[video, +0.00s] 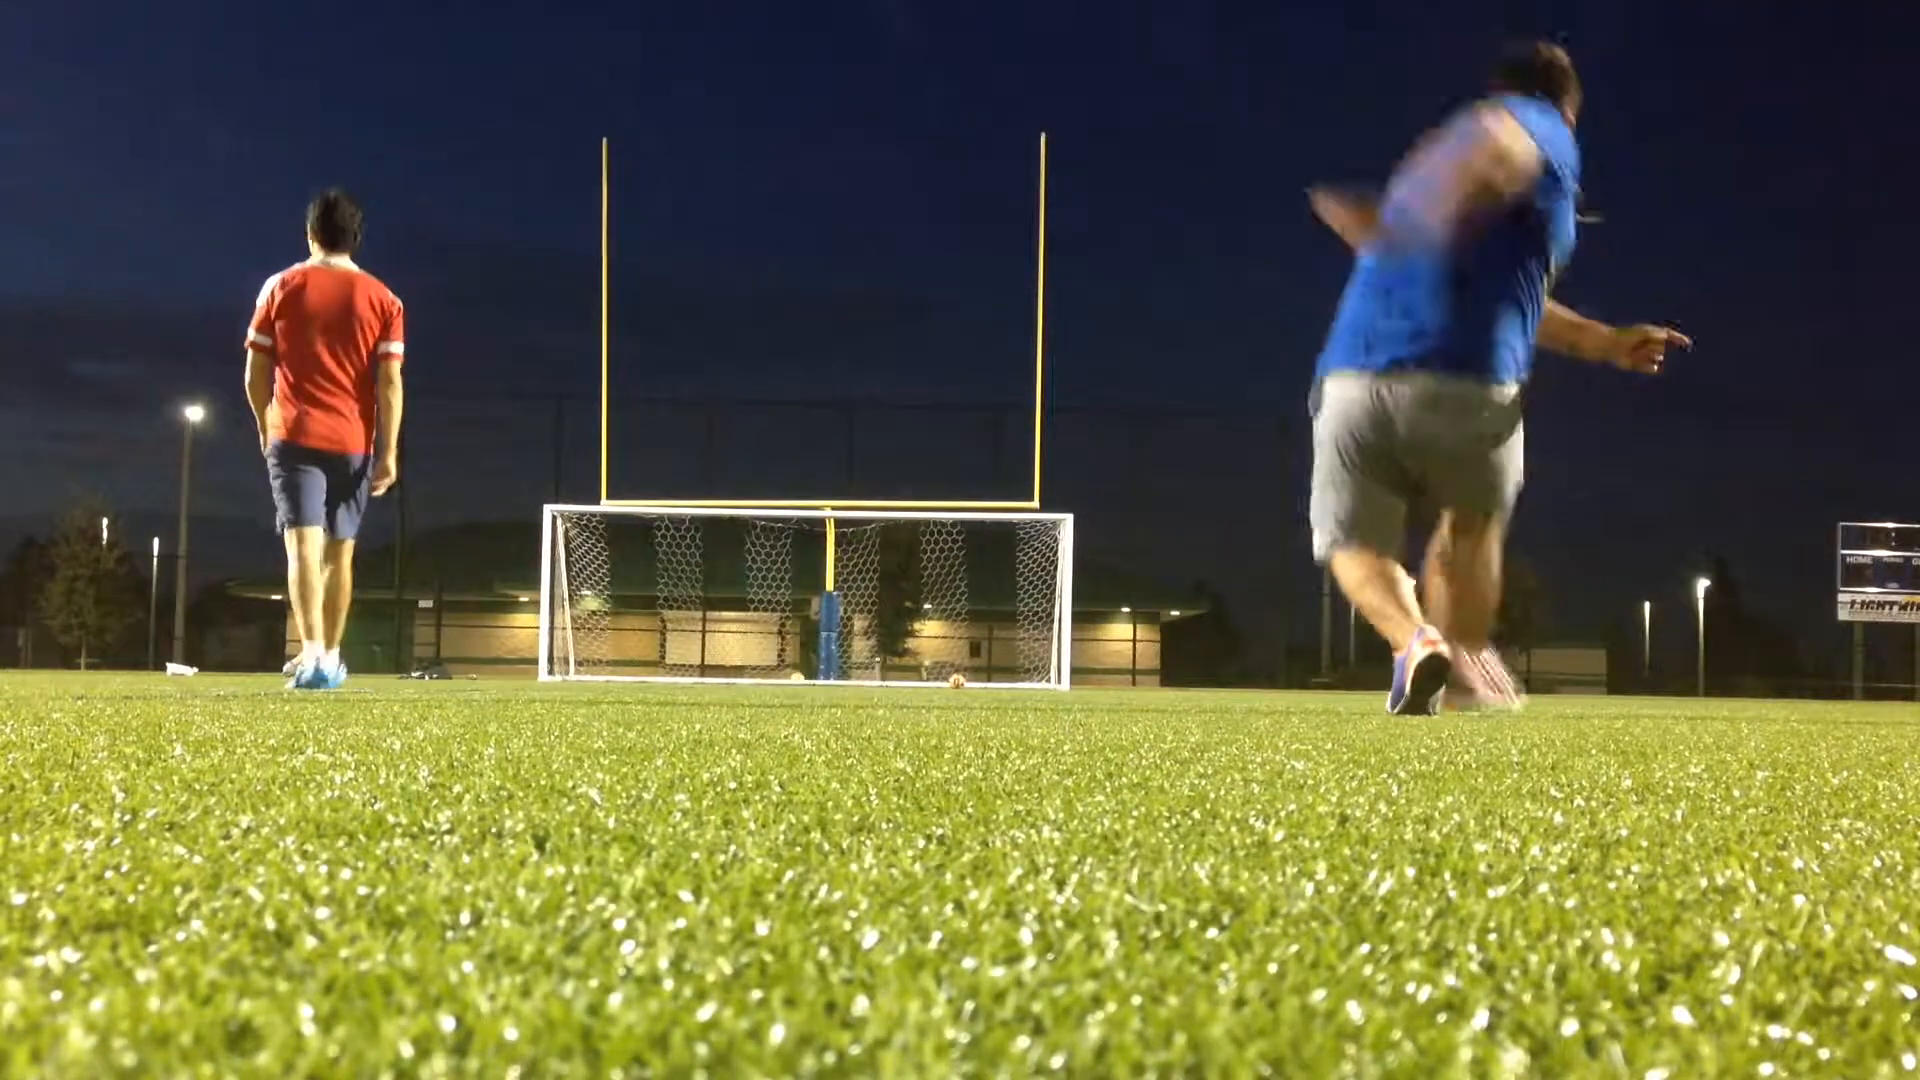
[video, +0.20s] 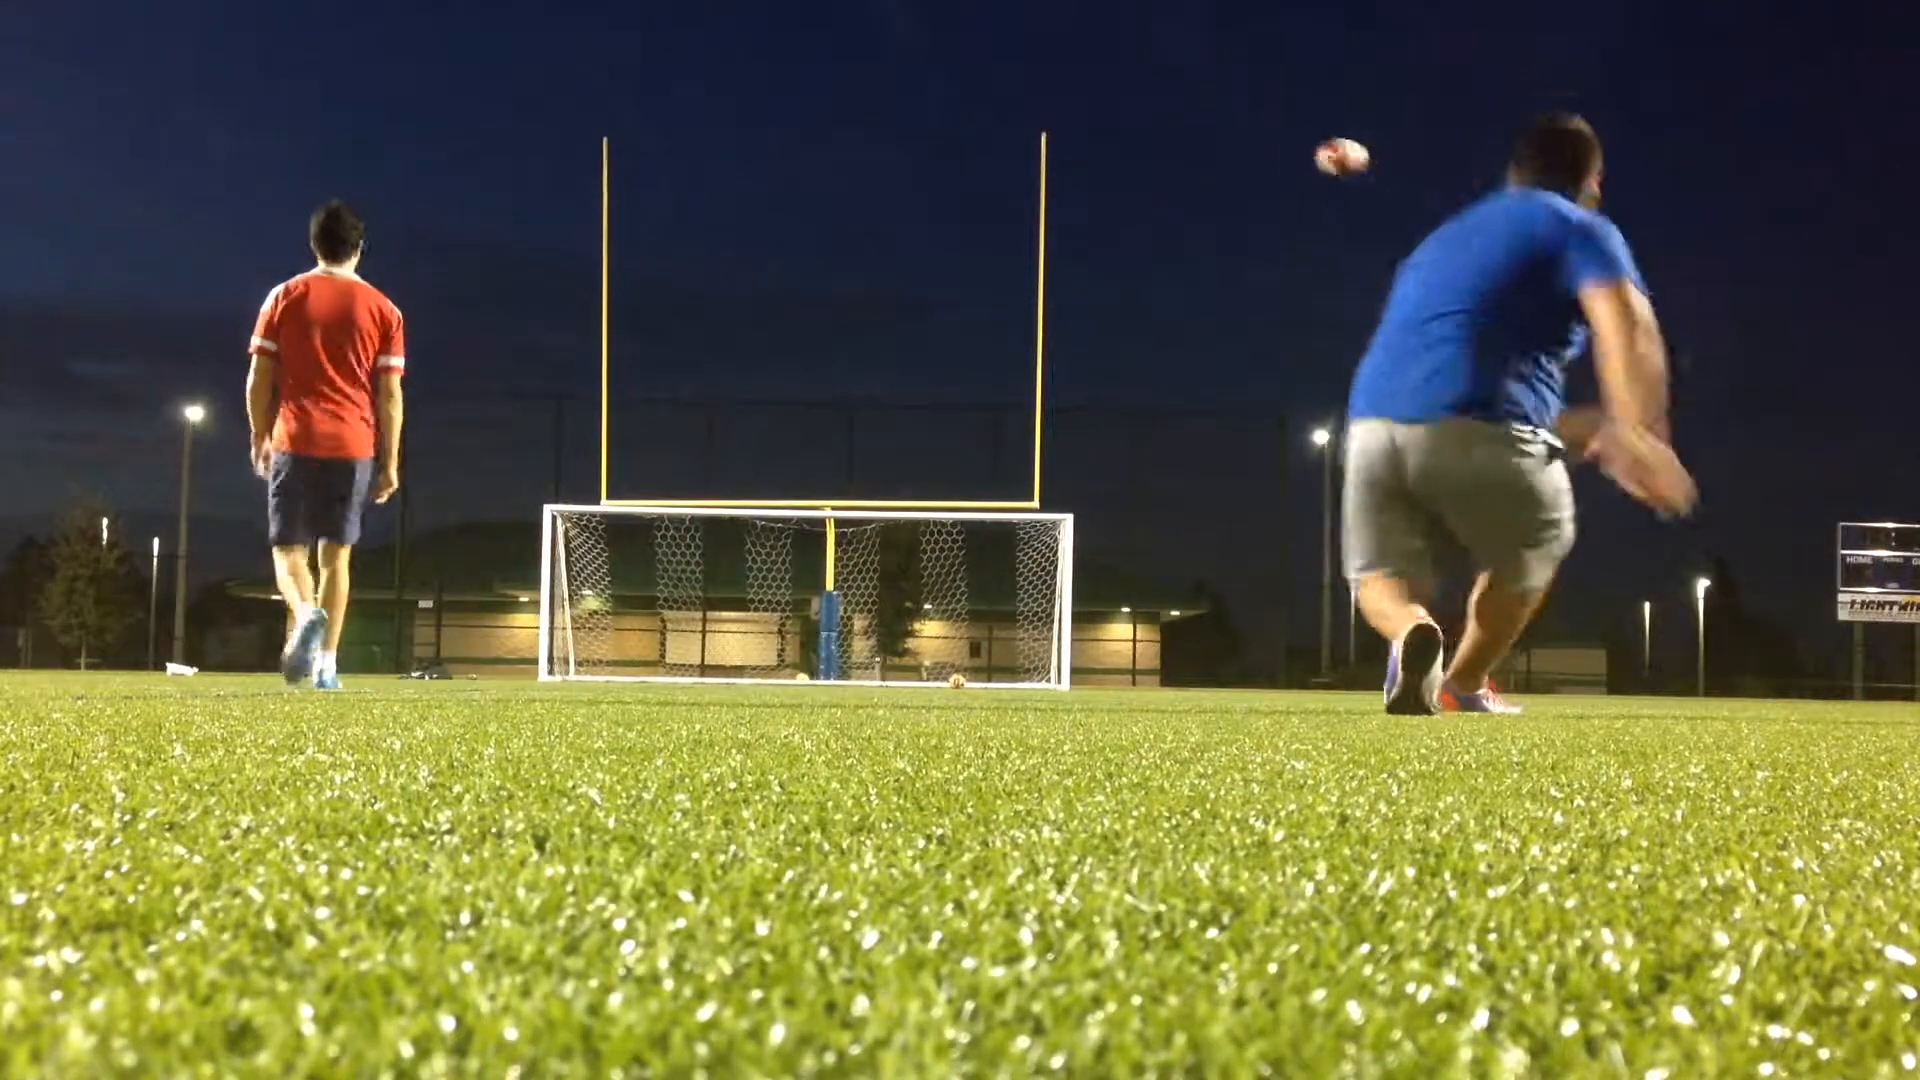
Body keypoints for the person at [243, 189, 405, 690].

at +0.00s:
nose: (308, 236)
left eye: (308, 230)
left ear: (309, 234)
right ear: (356, 237)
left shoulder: (281, 286)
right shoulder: (383, 298)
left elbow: (255, 372)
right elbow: (390, 382)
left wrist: (266, 426)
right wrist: (388, 452)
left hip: (293, 431)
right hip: (351, 438)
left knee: (304, 545)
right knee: (339, 555)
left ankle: (311, 654)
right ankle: (330, 658)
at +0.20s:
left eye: (321, 242)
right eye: (353, 243)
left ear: (312, 246)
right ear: (359, 248)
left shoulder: (284, 297)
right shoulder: (383, 308)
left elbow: (259, 376)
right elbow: (390, 392)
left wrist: (260, 435)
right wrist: (390, 461)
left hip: (293, 441)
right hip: (353, 446)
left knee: (288, 550)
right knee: (335, 558)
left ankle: (305, 612)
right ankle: (326, 665)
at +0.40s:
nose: (348, 256)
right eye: (352, 250)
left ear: (306, 253)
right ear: (352, 254)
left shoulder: (282, 304)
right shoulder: (379, 309)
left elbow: (260, 380)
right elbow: (395, 387)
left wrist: (247, 446)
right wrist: (393, 440)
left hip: (291, 443)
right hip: (352, 446)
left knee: (286, 547)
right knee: (338, 557)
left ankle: (286, 649)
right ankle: (327, 663)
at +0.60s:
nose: (296, 279)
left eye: (295, 272)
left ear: (295, 276)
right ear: (337, 275)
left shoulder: (277, 326)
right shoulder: (367, 327)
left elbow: (256, 402)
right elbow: (386, 403)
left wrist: (241, 466)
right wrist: (382, 446)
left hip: (288, 456)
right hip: (347, 457)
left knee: (290, 564)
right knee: (334, 559)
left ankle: (289, 667)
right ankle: (326, 653)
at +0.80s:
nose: (279, 281)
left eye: (280, 274)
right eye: (281, 274)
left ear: (287, 276)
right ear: (327, 277)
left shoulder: (270, 327)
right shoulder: (358, 331)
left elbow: (249, 406)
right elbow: (375, 406)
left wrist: (242, 469)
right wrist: (376, 465)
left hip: (281, 458)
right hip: (336, 461)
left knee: (285, 562)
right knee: (328, 553)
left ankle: (289, 666)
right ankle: (324, 619)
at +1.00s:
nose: (289, 296)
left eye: (288, 291)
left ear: (290, 294)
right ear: (328, 295)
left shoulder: (267, 340)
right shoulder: (354, 346)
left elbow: (247, 415)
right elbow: (370, 417)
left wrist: (258, 459)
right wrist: (375, 477)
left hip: (278, 461)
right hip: (331, 466)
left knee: (285, 564)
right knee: (325, 571)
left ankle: (290, 661)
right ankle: (322, 659)